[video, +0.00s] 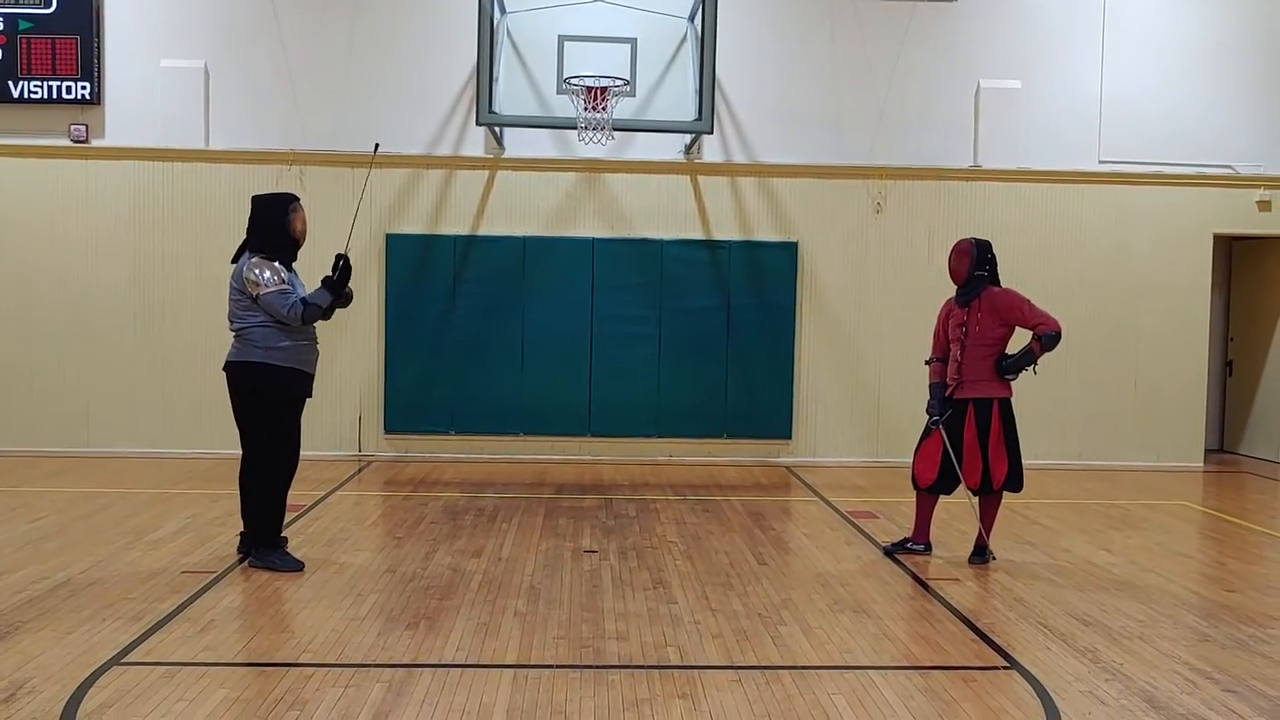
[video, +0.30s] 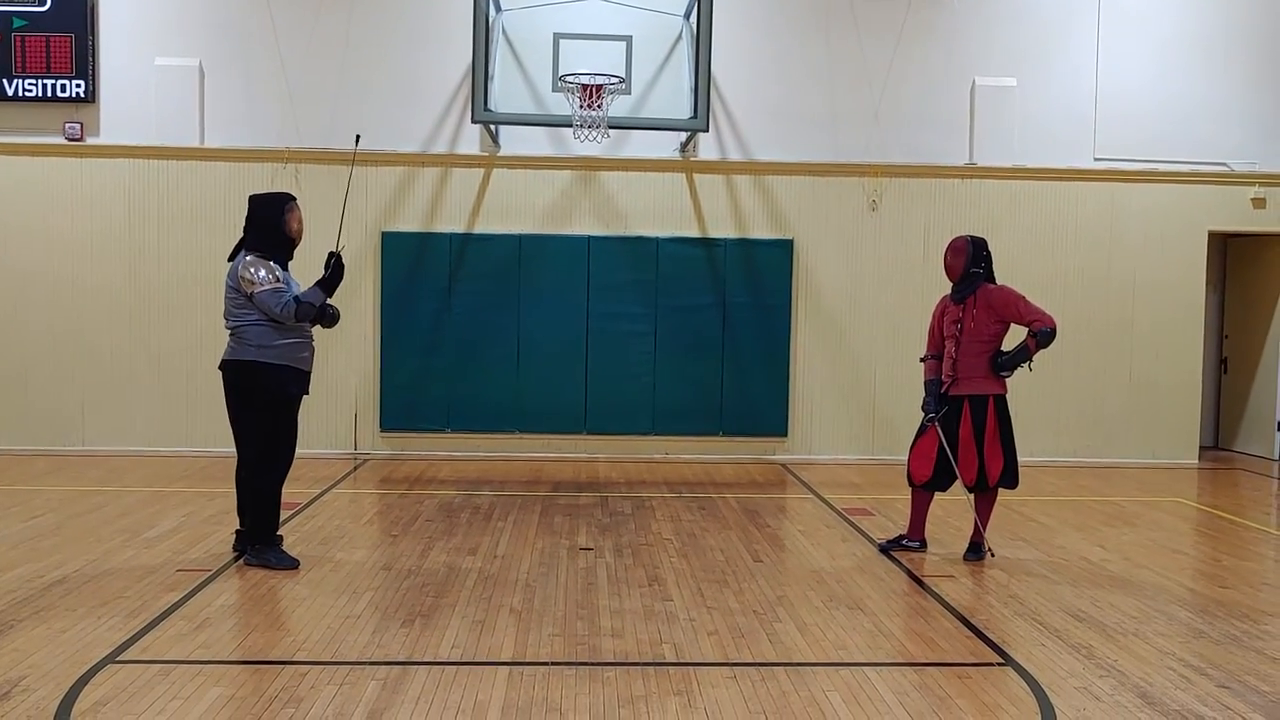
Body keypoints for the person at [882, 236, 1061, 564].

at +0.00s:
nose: (951, 266)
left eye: (957, 259)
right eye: (952, 259)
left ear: (975, 263)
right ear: (970, 264)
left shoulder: (1001, 299)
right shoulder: (950, 307)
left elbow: (1050, 330)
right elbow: (938, 356)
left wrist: (1018, 361)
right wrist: (936, 396)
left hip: (990, 400)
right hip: (952, 401)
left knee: (990, 470)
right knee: (929, 463)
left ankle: (982, 543)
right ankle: (919, 538)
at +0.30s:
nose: (946, 263)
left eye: (952, 256)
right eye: (947, 256)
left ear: (971, 260)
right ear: (963, 261)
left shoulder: (996, 296)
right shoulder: (945, 305)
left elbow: (1045, 327)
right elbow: (933, 353)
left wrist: (1013, 358)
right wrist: (932, 393)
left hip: (985, 398)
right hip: (947, 398)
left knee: (986, 467)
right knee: (924, 461)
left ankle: (977, 539)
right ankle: (914, 535)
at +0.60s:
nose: (947, 264)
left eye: (953, 257)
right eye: (948, 257)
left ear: (970, 260)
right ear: (964, 261)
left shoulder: (995, 295)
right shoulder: (945, 304)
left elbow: (1044, 326)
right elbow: (933, 353)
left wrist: (1013, 358)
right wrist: (931, 393)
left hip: (984, 398)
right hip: (946, 398)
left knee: (986, 468)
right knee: (924, 461)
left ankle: (977, 539)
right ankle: (914, 535)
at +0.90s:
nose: (943, 261)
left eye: (949, 253)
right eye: (944, 253)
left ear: (968, 258)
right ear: (959, 259)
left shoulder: (992, 293)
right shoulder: (943, 302)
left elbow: (1041, 324)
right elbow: (930, 351)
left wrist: (1009, 356)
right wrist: (928, 390)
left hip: (981, 395)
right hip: (944, 395)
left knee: (983, 465)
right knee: (921, 458)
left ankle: (974, 537)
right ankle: (912, 532)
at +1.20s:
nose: (945, 255)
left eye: (951, 248)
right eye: (946, 248)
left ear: (970, 252)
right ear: (957, 253)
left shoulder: (993, 288)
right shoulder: (944, 297)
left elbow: (1041, 318)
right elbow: (932, 345)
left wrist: (1012, 350)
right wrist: (929, 384)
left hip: (982, 389)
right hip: (945, 390)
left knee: (983, 460)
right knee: (921, 453)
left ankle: (975, 532)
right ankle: (912, 527)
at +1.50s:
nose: (946, 248)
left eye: (953, 241)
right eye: (947, 241)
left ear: (972, 245)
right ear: (961, 246)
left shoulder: (995, 281)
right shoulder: (946, 291)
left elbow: (1044, 312)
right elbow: (934, 338)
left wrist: (1013, 343)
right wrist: (931, 377)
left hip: (984, 383)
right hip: (947, 383)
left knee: (986, 453)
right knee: (924, 445)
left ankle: (977, 525)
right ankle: (914, 520)